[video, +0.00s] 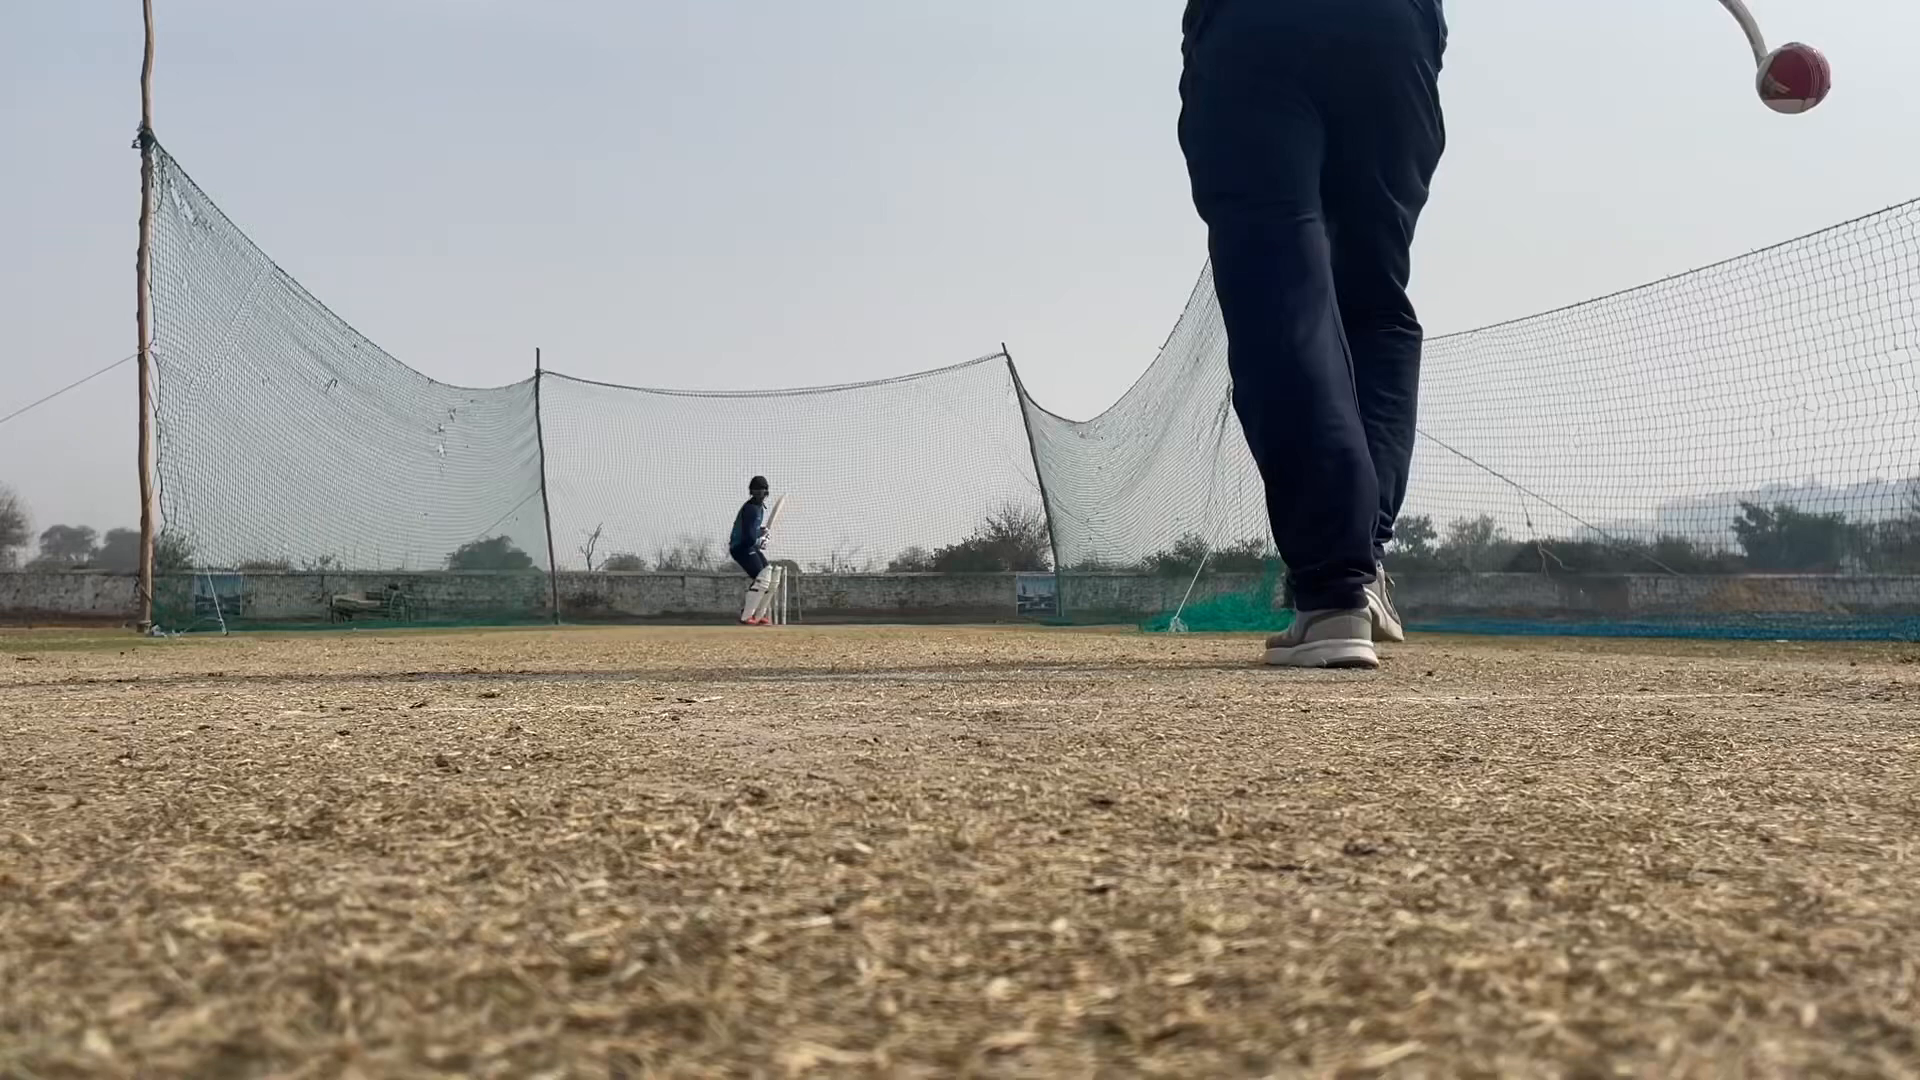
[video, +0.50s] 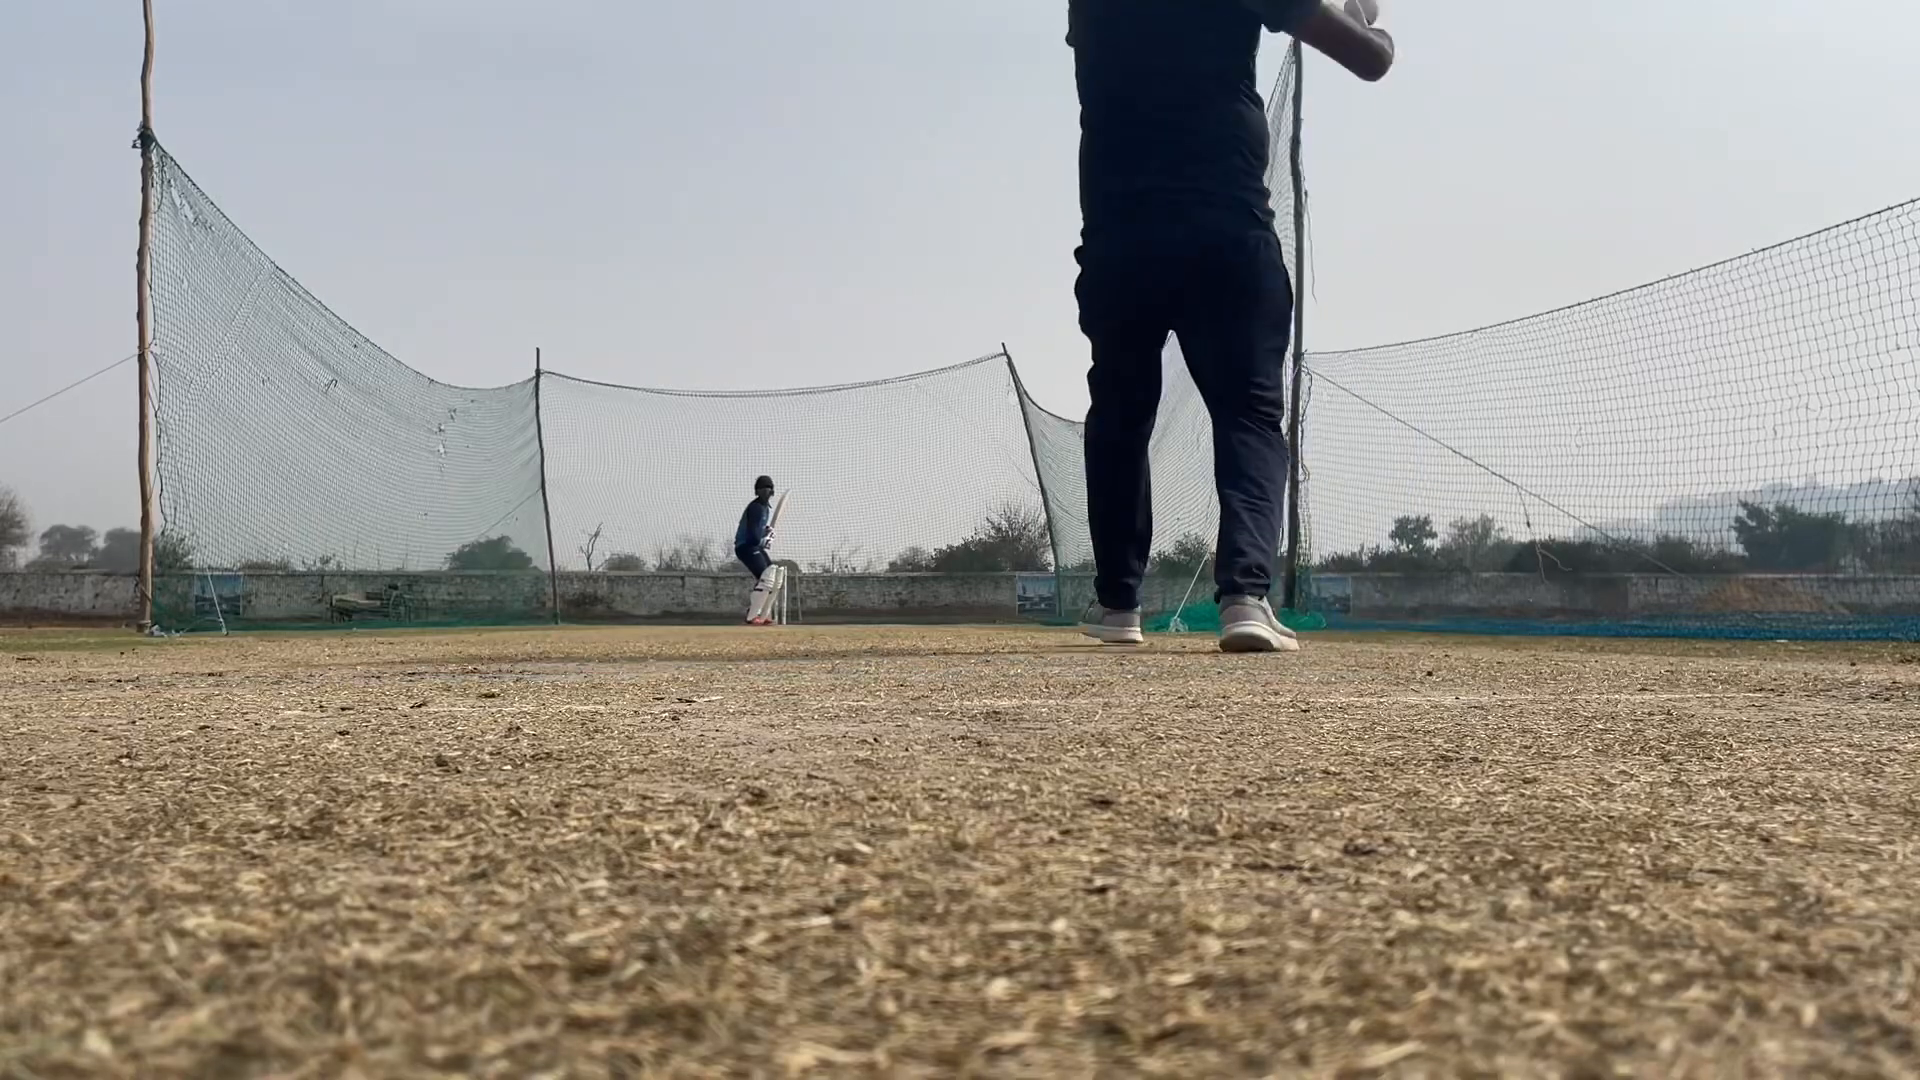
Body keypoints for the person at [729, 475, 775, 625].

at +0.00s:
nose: (761, 493)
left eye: (763, 489)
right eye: (757, 489)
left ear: (767, 491)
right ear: (751, 491)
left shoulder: (760, 508)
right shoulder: (751, 508)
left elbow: (754, 529)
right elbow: (749, 536)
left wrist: (761, 531)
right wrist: (760, 541)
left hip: (750, 546)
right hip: (740, 547)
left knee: (771, 575)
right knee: (763, 576)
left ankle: (759, 615)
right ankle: (747, 616)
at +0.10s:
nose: (763, 493)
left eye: (765, 489)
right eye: (760, 490)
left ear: (768, 491)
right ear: (753, 491)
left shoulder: (761, 508)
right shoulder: (752, 508)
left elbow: (756, 529)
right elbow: (750, 536)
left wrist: (762, 533)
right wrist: (761, 539)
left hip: (751, 546)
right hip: (741, 547)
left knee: (771, 575)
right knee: (763, 576)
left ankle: (762, 615)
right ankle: (747, 615)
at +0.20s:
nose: (765, 492)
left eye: (767, 488)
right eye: (761, 489)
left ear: (769, 490)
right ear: (754, 490)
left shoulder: (762, 507)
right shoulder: (753, 507)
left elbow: (758, 527)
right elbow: (751, 533)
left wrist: (764, 532)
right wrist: (761, 541)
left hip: (753, 546)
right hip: (743, 547)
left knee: (772, 575)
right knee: (763, 576)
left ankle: (763, 616)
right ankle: (747, 615)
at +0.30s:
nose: (767, 491)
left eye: (768, 488)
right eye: (764, 488)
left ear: (770, 490)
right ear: (756, 490)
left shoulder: (764, 507)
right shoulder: (754, 507)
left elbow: (759, 527)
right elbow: (752, 532)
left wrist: (765, 531)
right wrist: (762, 541)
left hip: (754, 545)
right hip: (744, 546)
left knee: (773, 574)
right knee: (765, 575)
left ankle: (763, 615)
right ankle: (750, 614)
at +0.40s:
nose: (766, 491)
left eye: (768, 488)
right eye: (762, 488)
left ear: (771, 490)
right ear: (756, 490)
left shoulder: (764, 507)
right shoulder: (754, 507)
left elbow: (761, 527)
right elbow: (753, 533)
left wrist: (766, 531)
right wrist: (763, 541)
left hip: (755, 545)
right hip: (744, 546)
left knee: (773, 574)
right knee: (766, 575)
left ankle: (764, 615)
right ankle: (752, 616)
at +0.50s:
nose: (768, 492)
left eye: (770, 489)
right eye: (764, 489)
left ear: (772, 491)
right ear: (757, 490)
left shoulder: (765, 508)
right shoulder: (755, 507)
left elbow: (762, 527)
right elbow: (754, 532)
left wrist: (767, 532)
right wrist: (764, 541)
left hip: (755, 545)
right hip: (745, 546)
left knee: (773, 575)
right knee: (766, 576)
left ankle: (764, 615)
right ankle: (752, 616)